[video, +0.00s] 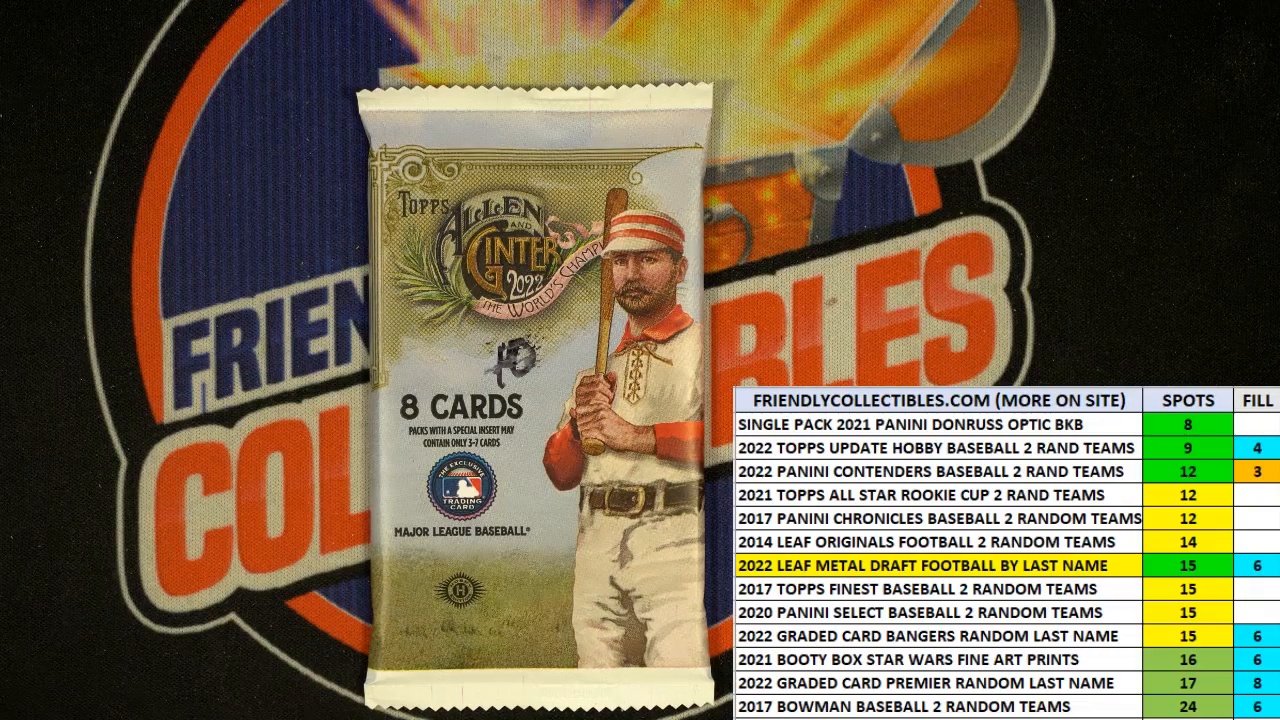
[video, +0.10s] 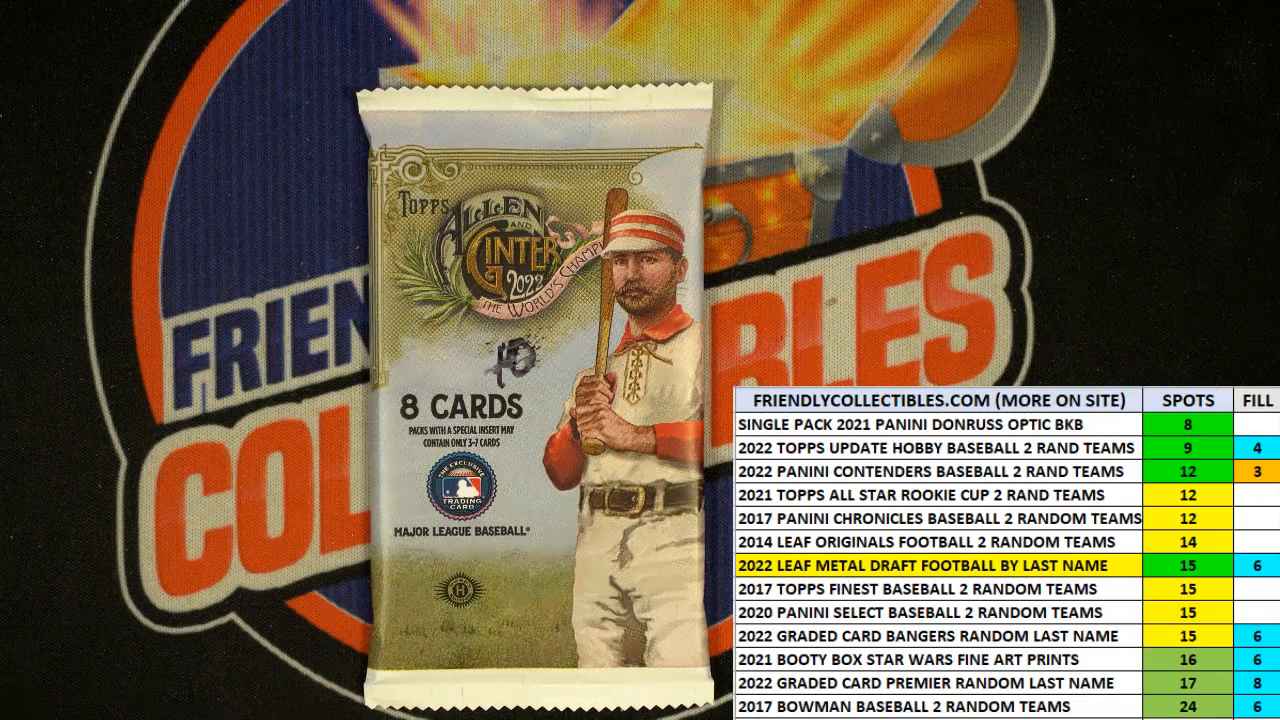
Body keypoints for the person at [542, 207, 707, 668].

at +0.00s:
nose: (631, 274)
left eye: (647, 259)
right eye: (620, 261)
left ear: (678, 270)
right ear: (609, 272)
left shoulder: (705, 346)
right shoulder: (604, 366)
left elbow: (724, 439)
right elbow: (560, 476)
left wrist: (633, 436)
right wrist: (577, 422)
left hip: (674, 530)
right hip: (597, 532)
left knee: (679, 689)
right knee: (601, 693)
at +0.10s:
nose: (631, 274)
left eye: (647, 259)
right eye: (620, 260)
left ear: (678, 270)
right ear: (609, 272)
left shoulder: (704, 346)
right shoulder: (604, 365)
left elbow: (724, 438)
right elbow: (561, 475)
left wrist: (633, 436)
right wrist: (577, 421)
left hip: (673, 529)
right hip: (597, 531)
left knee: (679, 687)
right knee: (600, 691)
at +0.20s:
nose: (630, 274)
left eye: (647, 259)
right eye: (620, 260)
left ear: (678, 270)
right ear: (609, 271)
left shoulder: (704, 345)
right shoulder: (604, 364)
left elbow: (725, 437)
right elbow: (561, 475)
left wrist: (634, 436)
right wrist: (577, 422)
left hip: (674, 530)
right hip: (597, 531)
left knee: (679, 688)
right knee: (601, 691)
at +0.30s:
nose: (630, 273)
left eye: (647, 259)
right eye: (619, 260)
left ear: (678, 270)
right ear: (608, 271)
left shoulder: (703, 346)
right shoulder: (605, 366)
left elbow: (724, 438)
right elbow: (561, 475)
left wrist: (635, 436)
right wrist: (578, 418)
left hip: (673, 530)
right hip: (597, 532)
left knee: (679, 689)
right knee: (602, 693)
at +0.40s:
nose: (631, 274)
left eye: (647, 259)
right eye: (620, 261)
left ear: (678, 270)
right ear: (609, 272)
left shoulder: (705, 346)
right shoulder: (604, 366)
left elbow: (725, 438)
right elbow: (561, 475)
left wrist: (634, 436)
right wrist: (577, 422)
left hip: (674, 531)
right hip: (597, 531)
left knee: (680, 687)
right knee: (601, 691)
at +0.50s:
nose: (631, 274)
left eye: (647, 259)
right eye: (620, 260)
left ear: (678, 270)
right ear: (609, 272)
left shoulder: (705, 346)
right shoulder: (604, 366)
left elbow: (724, 438)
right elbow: (561, 475)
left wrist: (635, 436)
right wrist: (577, 422)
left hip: (674, 531)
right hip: (597, 532)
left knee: (679, 688)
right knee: (601, 692)